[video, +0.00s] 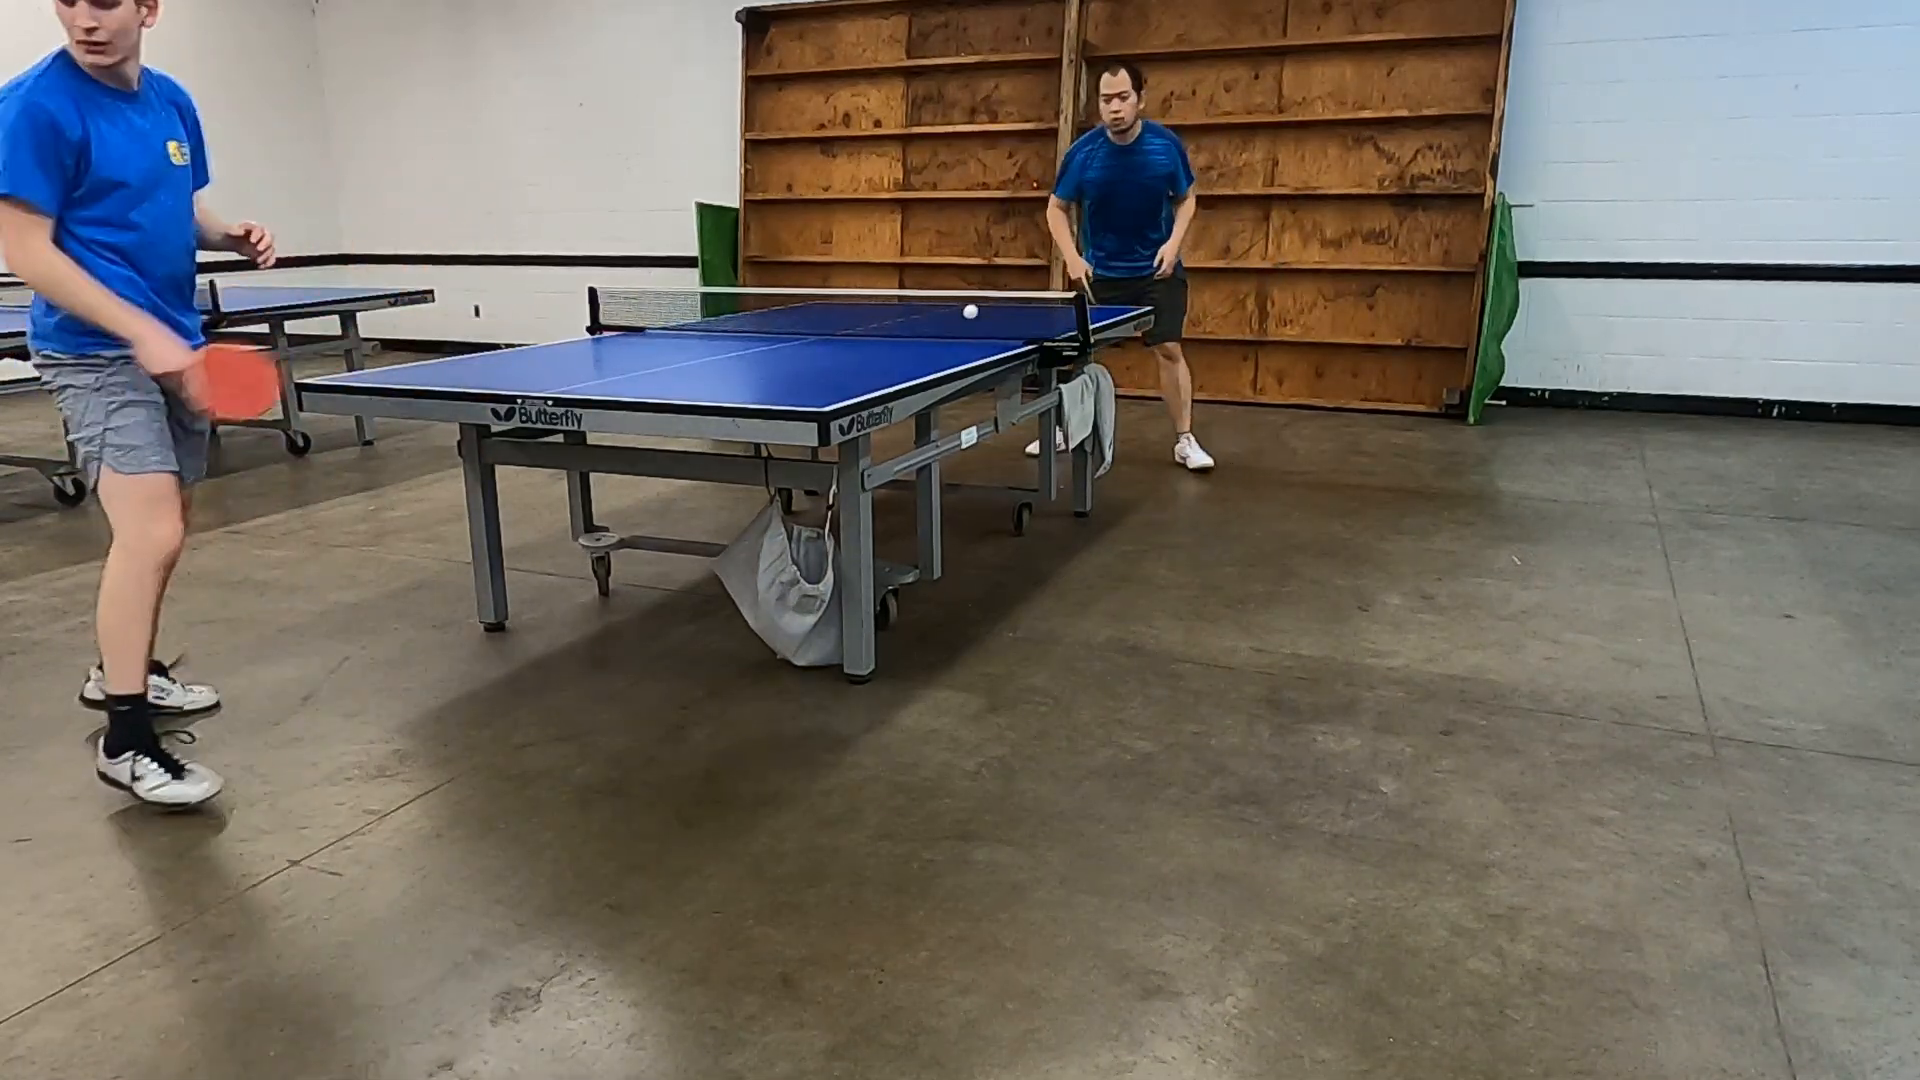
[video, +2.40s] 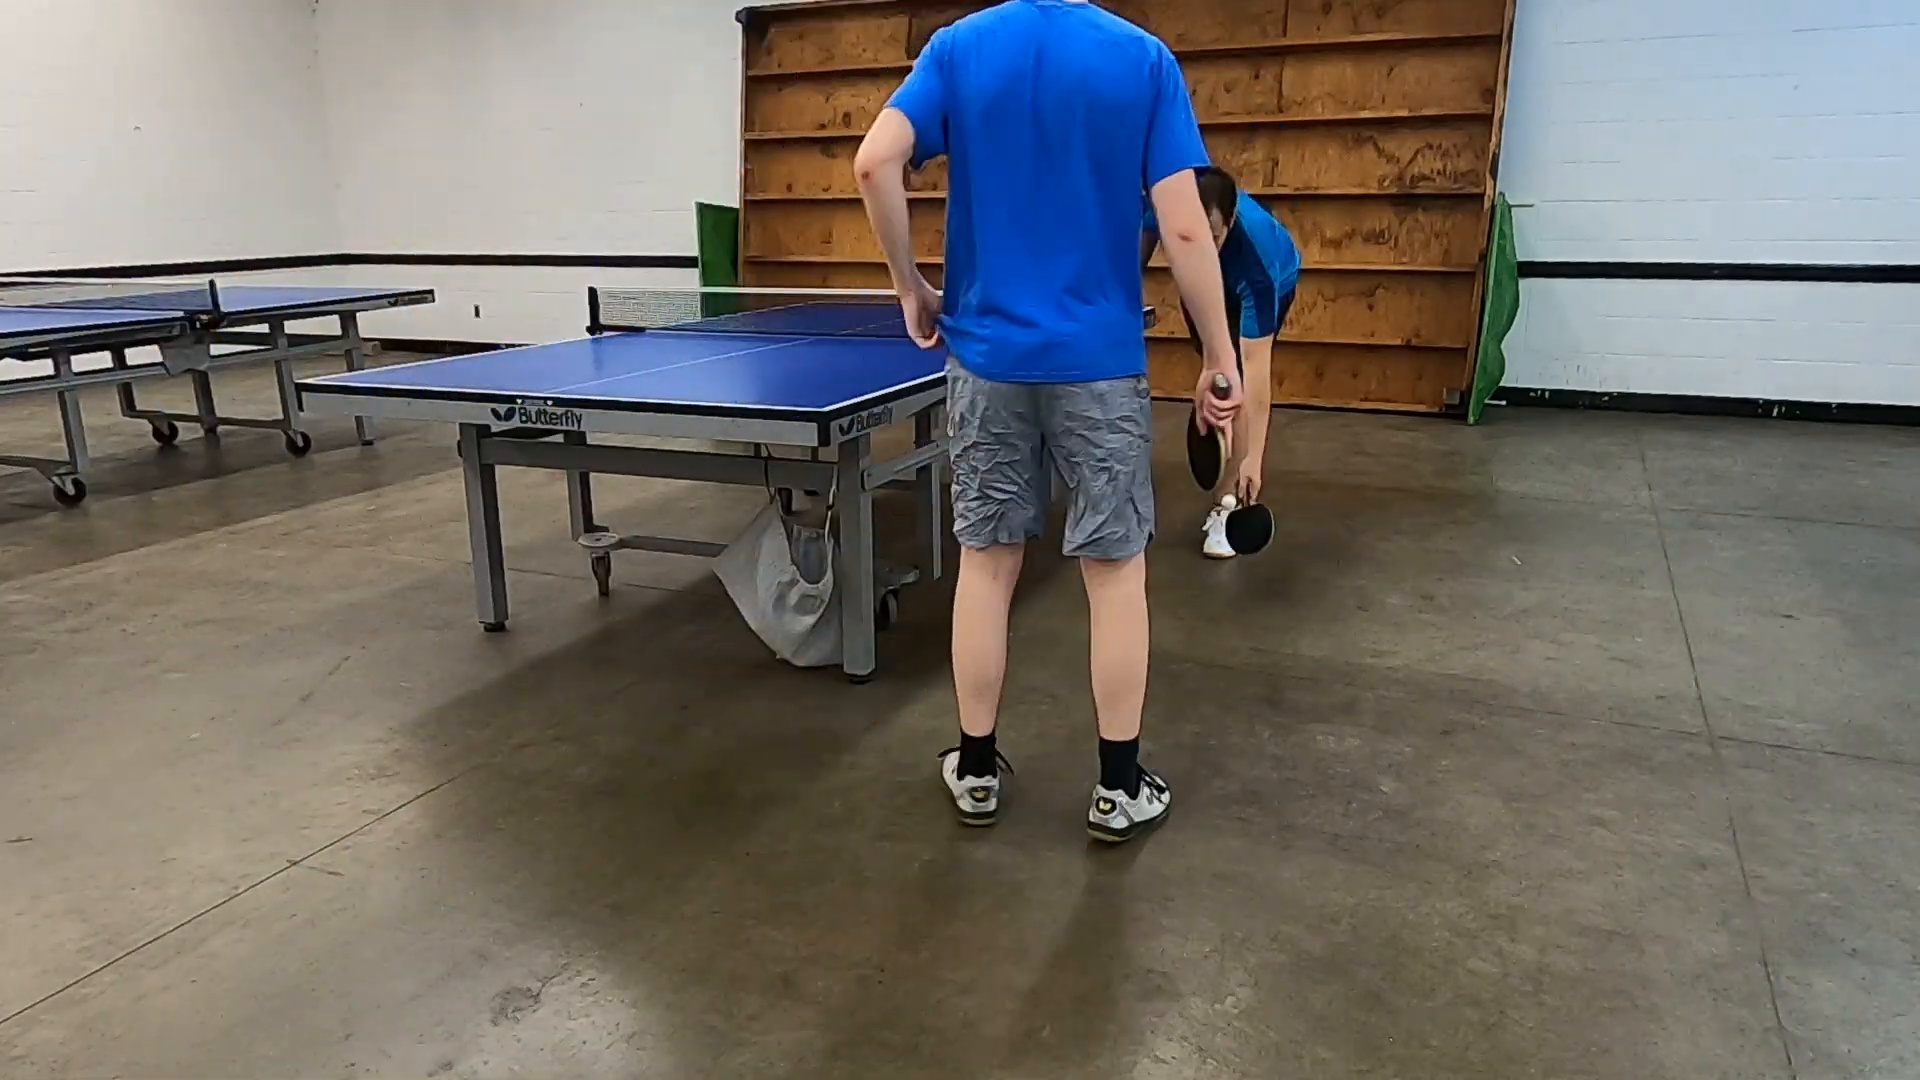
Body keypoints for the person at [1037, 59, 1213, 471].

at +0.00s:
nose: (1114, 107)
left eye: (1122, 98)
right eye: (1106, 99)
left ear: (1139, 100)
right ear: (1098, 104)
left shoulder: (1167, 146)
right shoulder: (1082, 153)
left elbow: (1186, 199)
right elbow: (1055, 208)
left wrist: (1173, 244)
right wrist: (1072, 257)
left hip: (1157, 272)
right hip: (1099, 276)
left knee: (1169, 349)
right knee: (1070, 352)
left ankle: (1184, 438)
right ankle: (1065, 428)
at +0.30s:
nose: (1184, 80)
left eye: (1192, 72)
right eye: (1176, 71)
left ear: (1205, 78)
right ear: (1162, 78)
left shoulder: (1219, 132)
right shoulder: (1135, 130)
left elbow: (1231, 188)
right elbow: (1106, 194)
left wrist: (1218, 227)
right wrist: (1136, 235)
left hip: (1193, 267)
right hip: (1135, 265)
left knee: (1194, 355)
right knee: (1104, 350)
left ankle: (1189, 441)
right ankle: (1071, 424)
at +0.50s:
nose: (1204, 72)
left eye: (1213, 64)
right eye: (1196, 63)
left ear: (1225, 72)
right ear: (1182, 70)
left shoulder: (1239, 128)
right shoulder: (1154, 126)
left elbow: (1257, 188)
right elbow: (1123, 190)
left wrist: (1229, 219)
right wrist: (1161, 222)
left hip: (1209, 263)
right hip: (1156, 257)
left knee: (1200, 357)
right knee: (1146, 348)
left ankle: (1190, 442)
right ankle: (1127, 441)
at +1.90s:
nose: (1211, 104)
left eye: (1224, 93)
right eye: (1202, 91)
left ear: (1246, 83)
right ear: (1188, 81)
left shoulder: (1268, 140)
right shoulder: (1169, 127)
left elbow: (1285, 227)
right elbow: (1140, 207)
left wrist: (1252, 296)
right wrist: (1119, 288)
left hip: (1240, 287)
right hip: (1180, 283)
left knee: (1228, 393)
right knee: (1188, 384)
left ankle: (1226, 508)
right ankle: (1207, 460)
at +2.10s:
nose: (1205, 163)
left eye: (1217, 153)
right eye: (1195, 152)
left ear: (1236, 137)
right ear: (1178, 133)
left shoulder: (1259, 176)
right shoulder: (1164, 150)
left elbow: (1272, 276)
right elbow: (1142, 218)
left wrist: (1247, 366)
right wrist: (1120, 298)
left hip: (1240, 295)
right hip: (1187, 286)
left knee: (1227, 402)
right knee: (1195, 376)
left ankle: (1225, 510)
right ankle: (1211, 449)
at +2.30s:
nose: (1196, 238)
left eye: (1208, 228)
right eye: (1186, 227)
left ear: (1229, 209)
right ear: (1170, 210)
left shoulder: (1258, 249)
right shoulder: (1162, 213)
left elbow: (1257, 349)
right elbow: (1136, 254)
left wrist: (1251, 440)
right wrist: (1114, 316)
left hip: (1248, 295)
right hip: (1198, 286)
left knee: (1230, 398)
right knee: (1193, 359)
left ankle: (1225, 509)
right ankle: (1200, 418)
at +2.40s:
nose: (1197, 240)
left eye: (1207, 231)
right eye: (1190, 231)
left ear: (1227, 222)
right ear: (1179, 215)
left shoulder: (1256, 265)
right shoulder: (1169, 203)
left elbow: (1257, 367)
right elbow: (1136, 256)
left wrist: (1252, 457)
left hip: (1264, 286)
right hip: (1208, 277)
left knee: (1247, 386)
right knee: (1217, 367)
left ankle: (1227, 503)